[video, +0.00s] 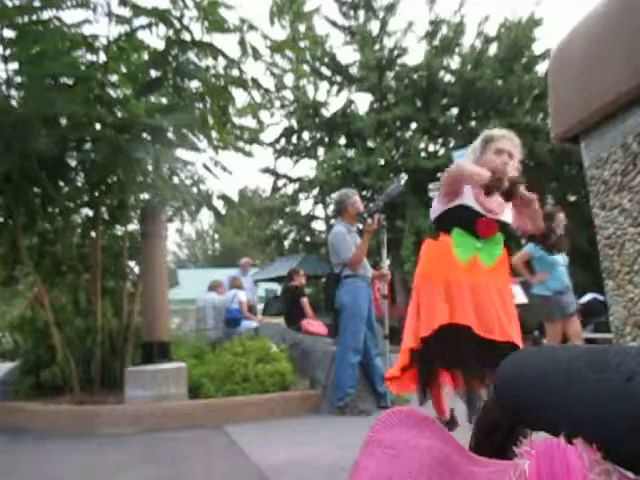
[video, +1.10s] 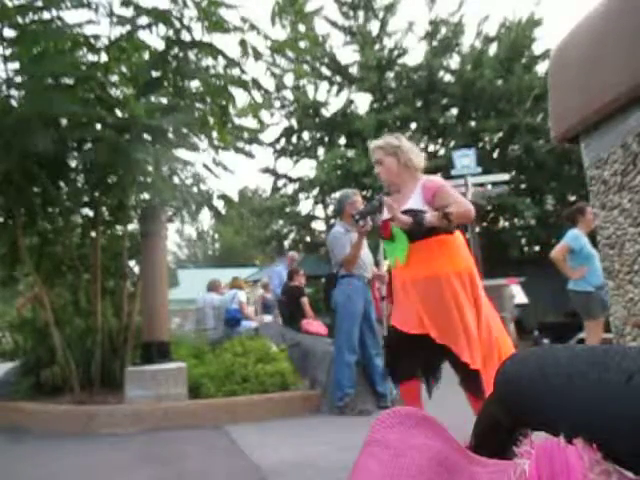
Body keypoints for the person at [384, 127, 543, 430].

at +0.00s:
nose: (506, 161)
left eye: (513, 157)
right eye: (499, 153)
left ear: (518, 168)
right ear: (481, 157)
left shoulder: (506, 203)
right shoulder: (455, 190)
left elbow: (535, 227)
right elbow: (457, 172)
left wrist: (527, 201)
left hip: (487, 266)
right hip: (447, 263)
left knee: (479, 337)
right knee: (438, 337)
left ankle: (476, 402)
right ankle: (440, 408)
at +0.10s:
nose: (486, 157)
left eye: (494, 153)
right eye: (481, 149)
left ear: (502, 164)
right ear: (464, 153)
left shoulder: (499, 198)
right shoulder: (441, 185)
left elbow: (536, 228)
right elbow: (427, 161)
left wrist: (528, 221)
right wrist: (464, 164)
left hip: (487, 286)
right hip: (444, 285)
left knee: (504, 357)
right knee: (447, 357)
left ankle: (512, 422)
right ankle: (456, 423)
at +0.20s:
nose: (466, 155)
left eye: (475, 151)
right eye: (460, 148)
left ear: (483, 163)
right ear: (446, 154)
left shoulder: (492, 197)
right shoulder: (430, 188)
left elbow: (537, 231)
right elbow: (399, 165)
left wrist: (506, 216)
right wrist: (432, 160)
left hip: (480, 294)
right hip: (437, 292)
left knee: (498, 366)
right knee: (437, 364)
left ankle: (508, 426)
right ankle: (455, 423)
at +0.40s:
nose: (424, 165)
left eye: (430, 157)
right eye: (422, 160)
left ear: (452, 159)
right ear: (420, 166)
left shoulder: (477, 194)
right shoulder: (420, 195)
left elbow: (514, 225)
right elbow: (379, 200)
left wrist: (487, 217)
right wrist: (385, 165)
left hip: (471, 290)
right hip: (430, 290)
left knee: (479, 359)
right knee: (440, 358)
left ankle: (495, 425)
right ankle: (455, 425)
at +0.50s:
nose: (417, 170)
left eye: (421, 163)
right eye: (416, 164)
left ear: (440, 161)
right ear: (425, 166)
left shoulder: (470, 193)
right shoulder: (416, 199)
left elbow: (503, 222)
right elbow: (376, 221)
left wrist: (466, 218)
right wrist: (358, 196)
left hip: (466, 290)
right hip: (427, 290)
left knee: (476, 358)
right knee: (440, 359)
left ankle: (490, 424)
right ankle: (455, 424)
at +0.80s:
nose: (404, 168)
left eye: (409, 161)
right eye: (403, 163)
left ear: (430, 159)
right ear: (410, 166)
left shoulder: (460, 188)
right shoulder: (407, 200)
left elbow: (493, 216)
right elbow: (382, 236)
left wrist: (460, 213)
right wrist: (361, 245)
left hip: (462, 284)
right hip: (426, 285)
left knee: (465, 357)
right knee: (440, 356)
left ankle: (489, 424)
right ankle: (455, 421)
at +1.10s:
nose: (376, 172)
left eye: (380, 164)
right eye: (375, 165)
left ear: (399, 160)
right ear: (396, 164)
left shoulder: (431, 186)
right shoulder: (387, 202)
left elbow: (467, 211)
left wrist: (436, 218)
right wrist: (371, 226)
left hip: (449, 288)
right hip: (409, 294)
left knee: (467, 362)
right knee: (401, 360)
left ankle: (492, 430)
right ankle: (415, 432)